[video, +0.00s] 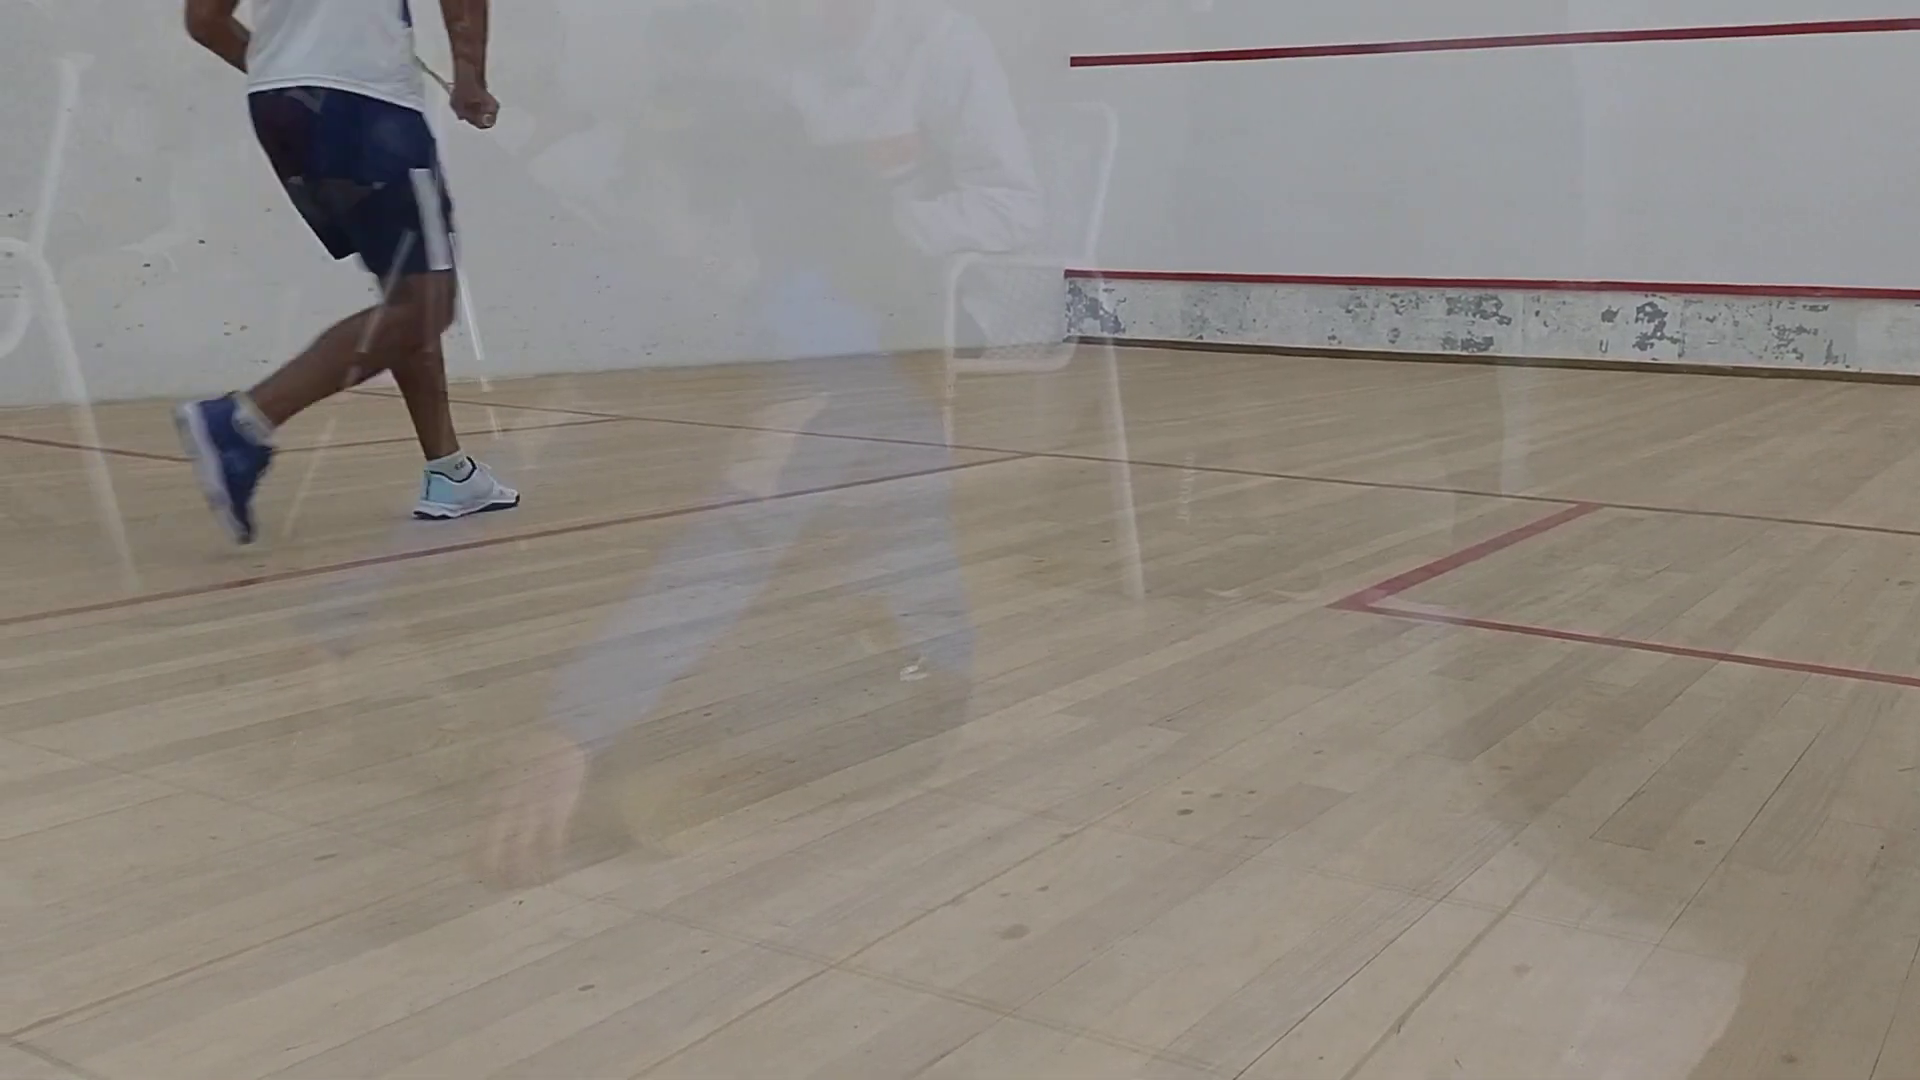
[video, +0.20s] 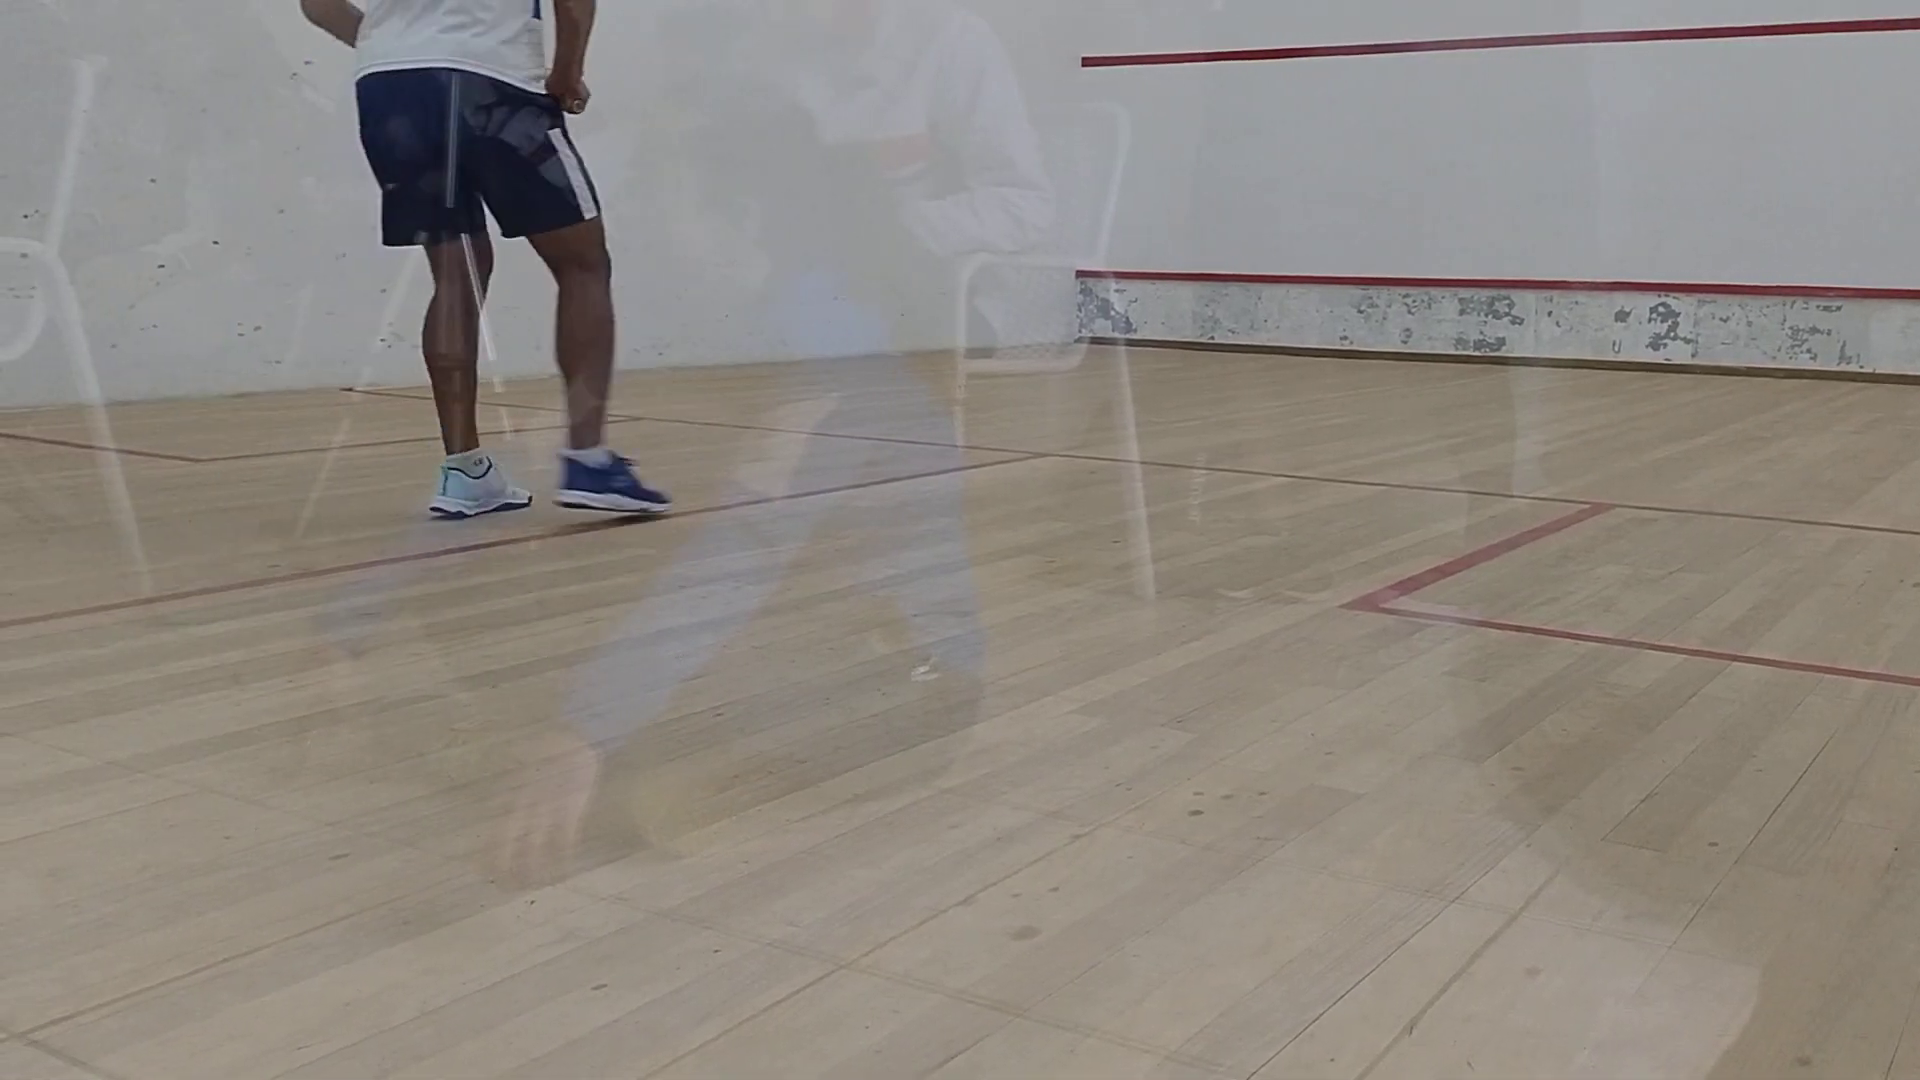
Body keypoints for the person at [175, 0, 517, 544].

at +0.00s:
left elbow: (204, 17)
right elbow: (462, 10)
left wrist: (285, 71)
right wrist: (470, 79)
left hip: (277, 91)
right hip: (367, 85)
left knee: (407, 291)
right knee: (427, 307)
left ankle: (449, 471)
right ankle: (241, 424)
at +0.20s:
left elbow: (318, 3)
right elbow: (575, 3)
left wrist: (396, 43)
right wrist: (566, 72)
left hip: (385, 78)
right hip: (491, 72)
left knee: (459, 265)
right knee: (582, 264)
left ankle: (463, 469)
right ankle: (588, 457)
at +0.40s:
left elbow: (402, 17)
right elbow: (669, 10)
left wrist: (471, 83)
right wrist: (656, 109)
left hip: (487, 93)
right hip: (591, 85)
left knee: (508, 280)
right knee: (655, 287)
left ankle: (501, 449)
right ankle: (684, 468)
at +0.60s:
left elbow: (436, 10)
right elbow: (699, 8)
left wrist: (482, 90)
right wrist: (705, 113)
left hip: (505, 74)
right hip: (612, 76)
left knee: (505, 283)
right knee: (673, 276)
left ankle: (530, 453)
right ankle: (689, 448)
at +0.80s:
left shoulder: (490, 2)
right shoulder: (658, 5)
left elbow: (431, 66)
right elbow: (716, 87)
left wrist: (422, 176)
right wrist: (737, 199)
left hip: (507, 144)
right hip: (617, 146)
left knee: (428, 272)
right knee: (701, 302)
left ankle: (387, 436)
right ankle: (752, 461)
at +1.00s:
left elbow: (308, 51)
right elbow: (568, 74)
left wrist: (279, 140)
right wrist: (618, 182)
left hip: (405, 141)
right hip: (513, 140)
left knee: (324, 279)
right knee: (605, 287)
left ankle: (337, 452)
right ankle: (720, 434)